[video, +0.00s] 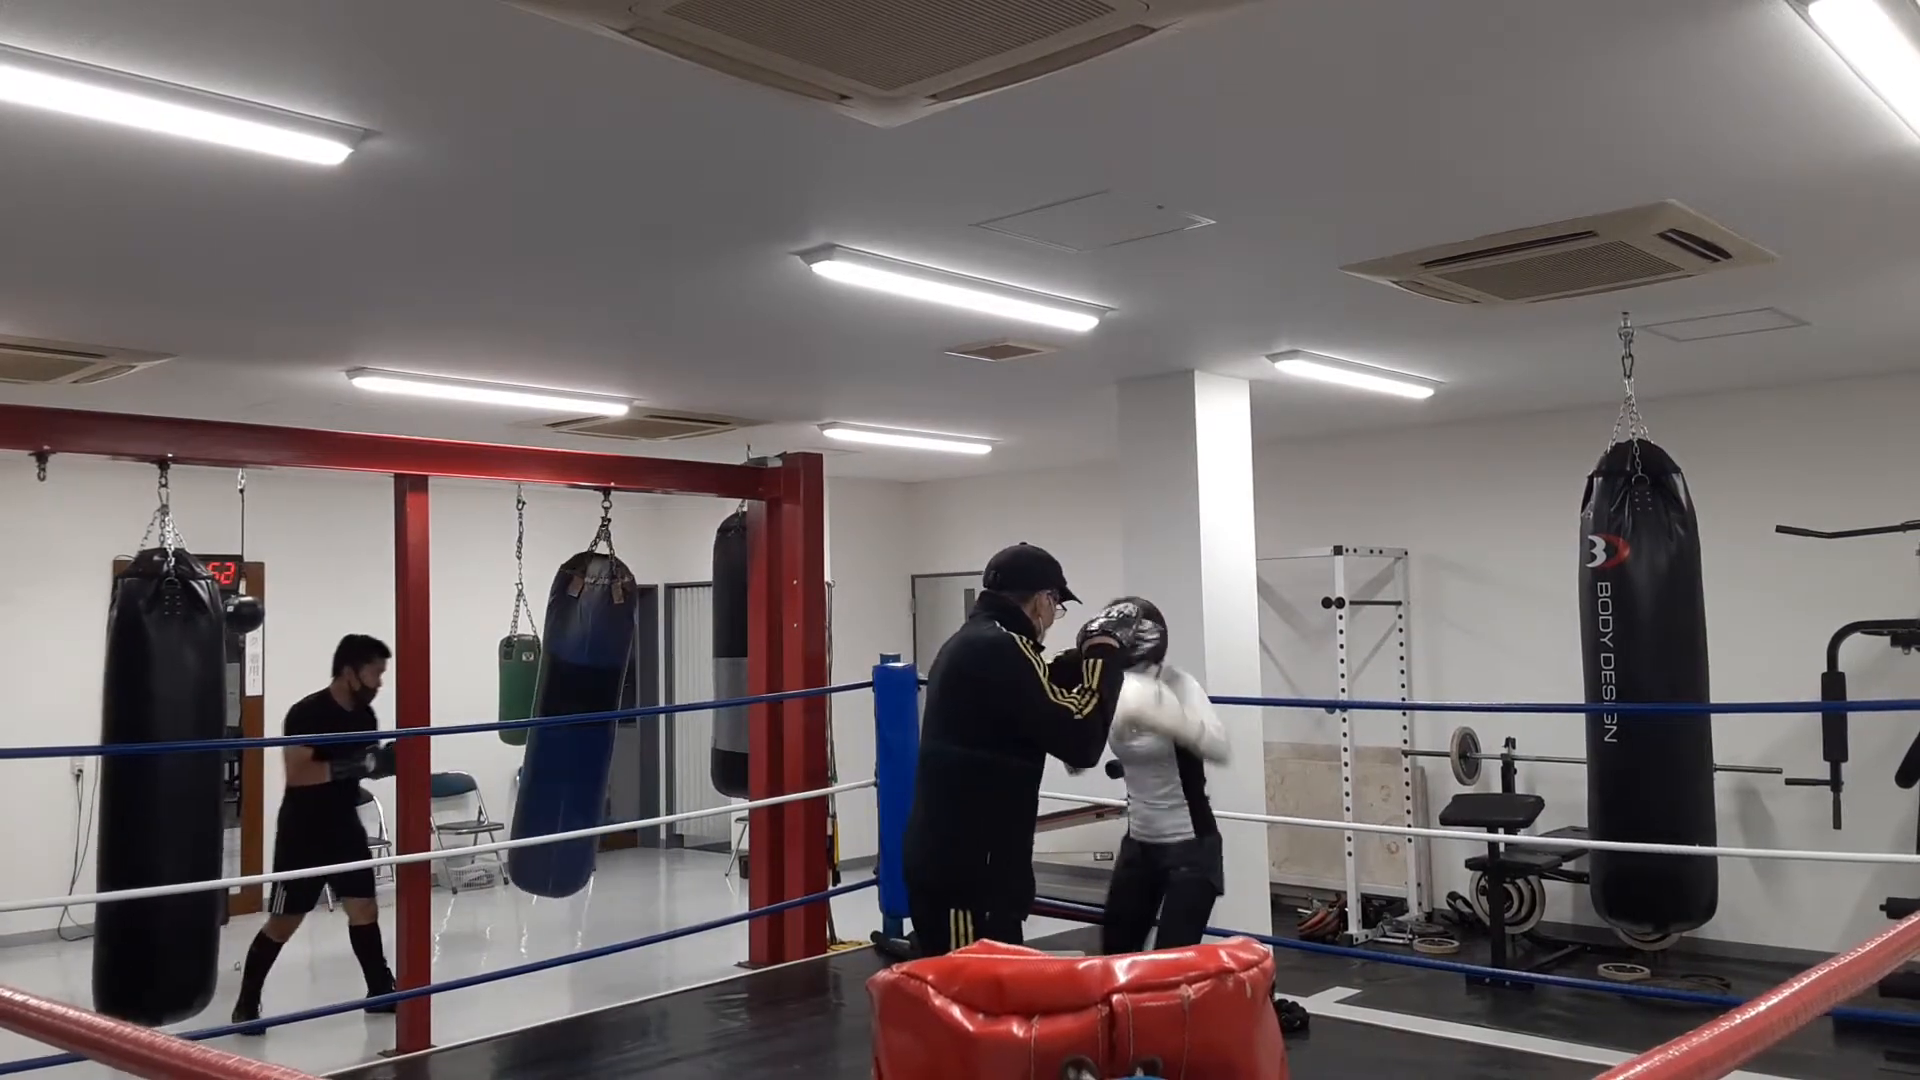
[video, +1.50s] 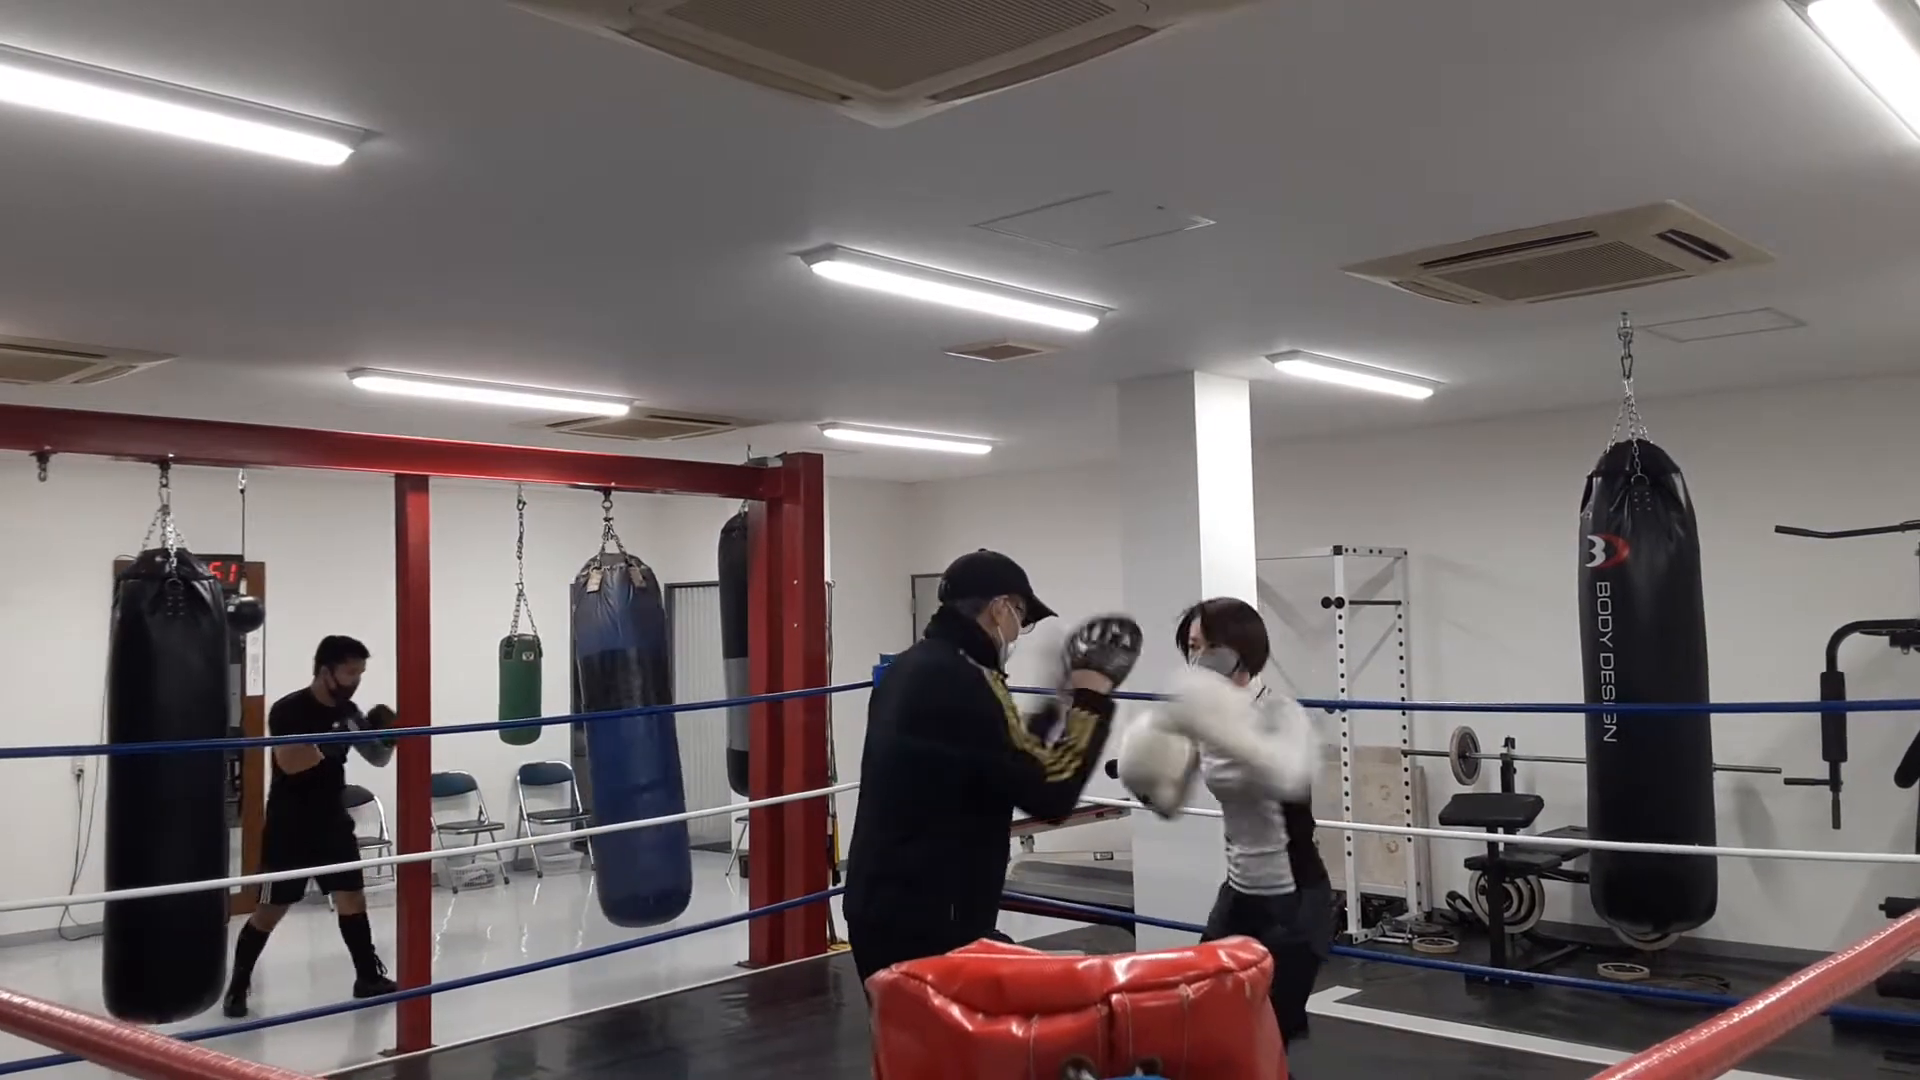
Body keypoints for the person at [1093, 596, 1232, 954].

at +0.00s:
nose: (1118, 642)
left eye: (1126, 631)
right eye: (1112, 634)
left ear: (1147, 638)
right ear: (1107, 641)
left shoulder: (1179, 684)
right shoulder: (1108, 688)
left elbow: (1220, 749)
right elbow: (1077, 762)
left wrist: (1160, 716)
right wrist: (1081, 688)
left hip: (1191, 848)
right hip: (1140, 847)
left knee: (1169, 963)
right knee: (1116, 956)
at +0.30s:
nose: (1143, 666)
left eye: (1154, 657)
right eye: (1142, 656)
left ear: (1177, 663)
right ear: (1140, 658)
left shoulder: (1204, 705)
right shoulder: (1140, 713)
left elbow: (1243, 763)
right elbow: (1111, 785)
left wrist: (1184, 727)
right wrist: (1128, 739)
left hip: (1217, 875)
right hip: (1164, 874)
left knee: (1231, 980)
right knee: (1132, 975)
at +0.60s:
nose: (1208, 658)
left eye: (1219, 647)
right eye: (1199, 647)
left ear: (1244, 648)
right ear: (1189, 651)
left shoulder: (1272, 701)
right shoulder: (1181, 709)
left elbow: (1314, 781)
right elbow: (1159, 784)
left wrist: (1283, 747)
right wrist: (1174, 749)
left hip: (1268, 867)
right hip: (1200, 869)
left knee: (1278, 999)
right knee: (1171, 992)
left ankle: (1298, 1077)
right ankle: (1167, 1077)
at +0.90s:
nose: (1193, 641)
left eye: (1205, 631)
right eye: (1186, 631)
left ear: (1236, 633)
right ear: (1181, 633)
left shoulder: (1271, 686)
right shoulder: (1180, 693)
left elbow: (1296, 769)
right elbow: (1138, 769)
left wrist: (1245, 703)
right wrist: (1130, 715)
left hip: (1272, 864)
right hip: (1209, 862)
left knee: (1252, 995)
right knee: (1183, 985)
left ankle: (1268, 1068)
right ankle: (1183, 1074)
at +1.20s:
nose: (1191, 654)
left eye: (1201, 643)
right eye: (1186, 643)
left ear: (1232, 647)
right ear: (1182, 647)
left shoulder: (1266, 707)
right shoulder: (1192, 712)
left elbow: (1278, 780)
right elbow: (1166, 792)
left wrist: (1203, 740)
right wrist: (1151, 748)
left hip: (1278, 895)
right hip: (1220, 890)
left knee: (1266, 1025)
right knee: (1201, 1010)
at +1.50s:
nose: (1192, 660)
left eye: (1202, 647)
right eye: (1189, 649)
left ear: (1238, 654)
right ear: (1187, 652)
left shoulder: (1281, 713)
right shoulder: (1202, 718)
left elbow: (1292, 779)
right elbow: (1170, 802)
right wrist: (1146, 767)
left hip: (1293, 901)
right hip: (1239, 892)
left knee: (1270, 1031)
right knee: (1201, 1002)